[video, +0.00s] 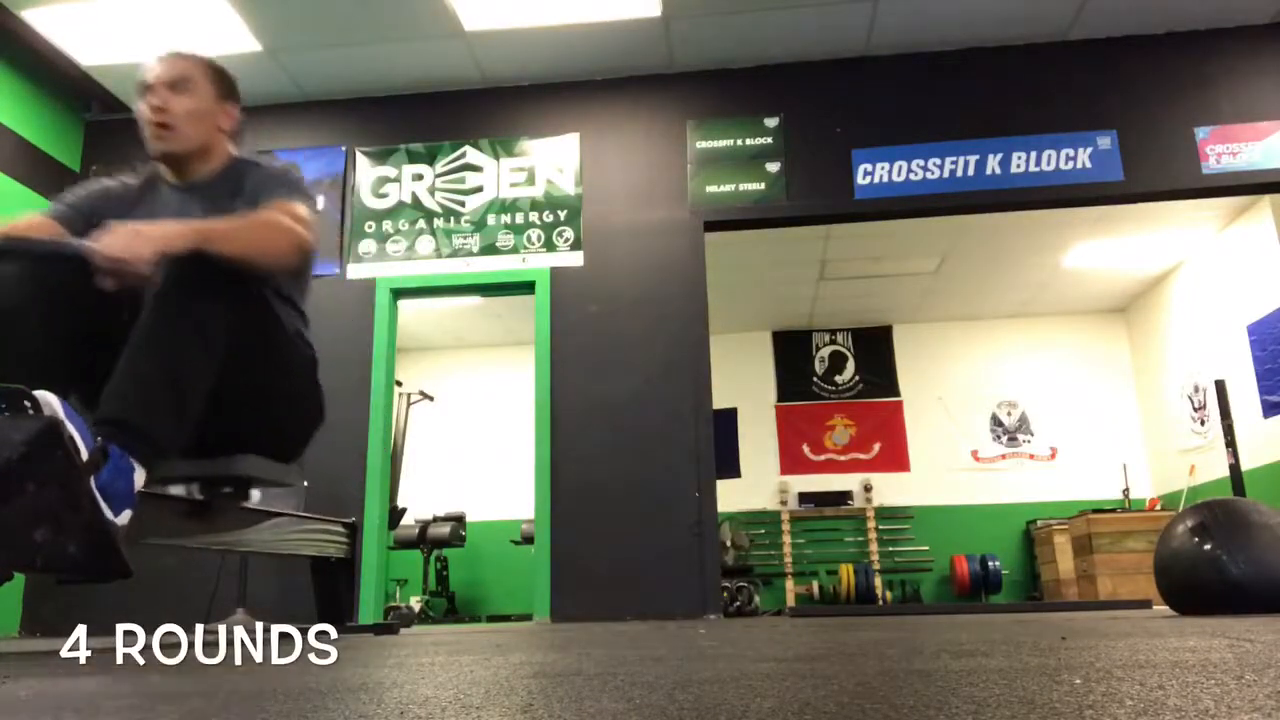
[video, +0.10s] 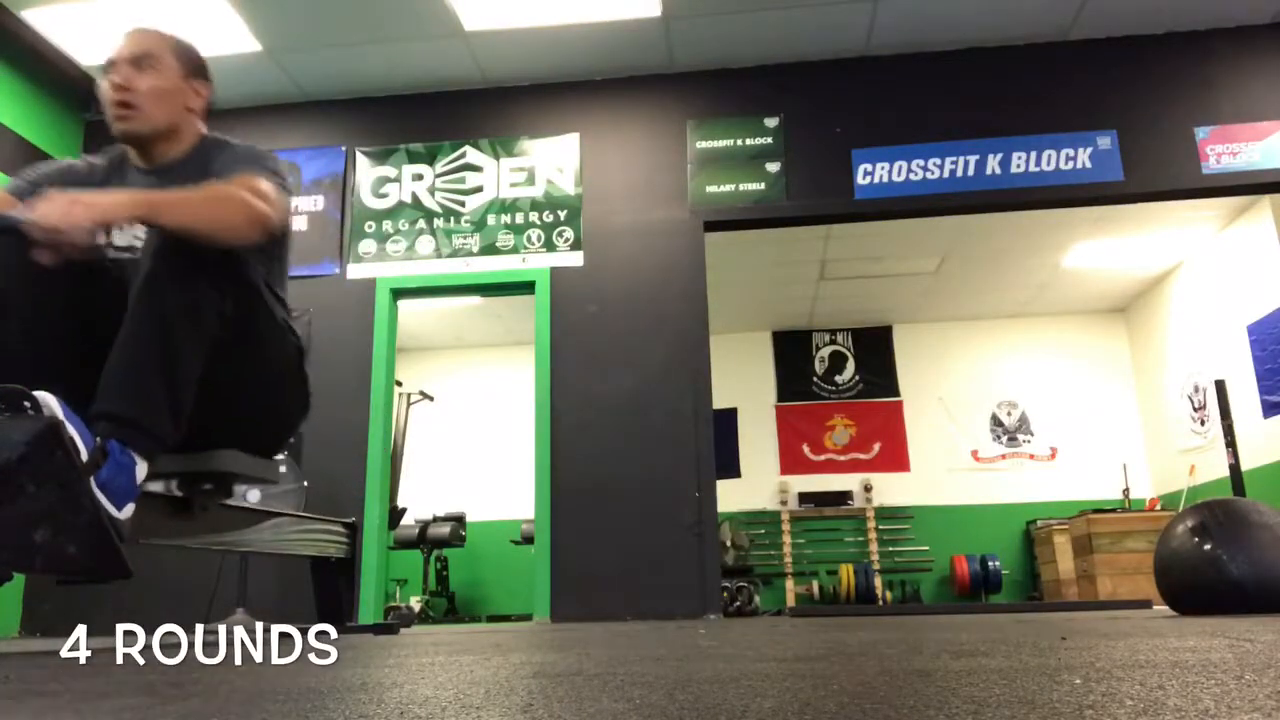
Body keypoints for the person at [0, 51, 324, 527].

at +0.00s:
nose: (156, 102)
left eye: (179, 88)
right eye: (147, 92)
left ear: (227, 117)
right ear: (138, 113)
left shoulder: (269, 182)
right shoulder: (119, 195)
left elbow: (290, 242)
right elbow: (17, 234)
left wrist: (171, 235)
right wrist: (93, 250)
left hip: (260, 406)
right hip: (139, 398)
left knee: (199, 269)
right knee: (30, 266)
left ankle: (121, 460)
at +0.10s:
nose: (118, 80)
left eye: (142, 65)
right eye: (110, 70)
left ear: (197, 95)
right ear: (100, 93)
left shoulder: (245, 164)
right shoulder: (85, 175)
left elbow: (255, 215)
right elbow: (4, 199)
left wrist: (114, 205)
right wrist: (38, 225)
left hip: (239, 398)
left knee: (187, 240)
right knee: (15, 241)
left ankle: (124, 452)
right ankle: (19, 436)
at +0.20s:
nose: (93, 68)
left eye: (120, 52)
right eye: (85, 59)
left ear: (177, 82)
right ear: (76, 81)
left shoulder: (229, 152)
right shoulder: (66, 161)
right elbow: (9, 170)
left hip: (231, 393)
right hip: (103, 382)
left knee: (178, 226)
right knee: (21, 228)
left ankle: (121, 449)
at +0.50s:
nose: (155, 85)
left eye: (180, 71)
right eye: (150, 76)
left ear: (228, 104)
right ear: (141, 100)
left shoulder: (268, 171)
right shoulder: (118, 182)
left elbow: (242, 212)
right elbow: (19, 214)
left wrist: (127, 175)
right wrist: (12, 214)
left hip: (248, 395)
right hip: (131, 386)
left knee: (184, 238)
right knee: (48, 250)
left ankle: (119, 455)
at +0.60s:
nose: (201, 107)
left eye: (226, 97)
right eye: (194, 99)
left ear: (267, 131)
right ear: (184, 124)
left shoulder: (299, 192)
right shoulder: (159, 201)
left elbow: (281, 234)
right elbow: (61, 241)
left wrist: (176, 195)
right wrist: (1, 231)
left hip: (274, 399)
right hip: (170, 396)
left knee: (200, 275)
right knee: (79, 275)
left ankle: (115, 468)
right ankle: (12, 440)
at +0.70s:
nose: (241, 135)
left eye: (261, 125)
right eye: (235, 128)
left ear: (300, 156)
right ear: (226, 149)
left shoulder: (326, 215)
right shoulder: (207, 224)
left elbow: (318, 258)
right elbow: (115, 263)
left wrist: (225, 224)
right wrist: (27, 252)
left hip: (296, 411)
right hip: (205, 415)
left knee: (227, 294)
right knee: (109, 306)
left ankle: (119, 473)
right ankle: (16, 444)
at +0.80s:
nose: (276, 166)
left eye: (294, 158)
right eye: (272, 159)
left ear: (331, 185)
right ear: (264, 177)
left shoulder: (352, 242)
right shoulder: (244, 248)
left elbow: (353, 280)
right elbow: (156, 288)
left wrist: (268, 251)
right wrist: (80, 272)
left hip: (320, 412)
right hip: (226, 406)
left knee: (244, 349)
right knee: (133, 338)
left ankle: (115, 484)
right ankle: (37, 447)